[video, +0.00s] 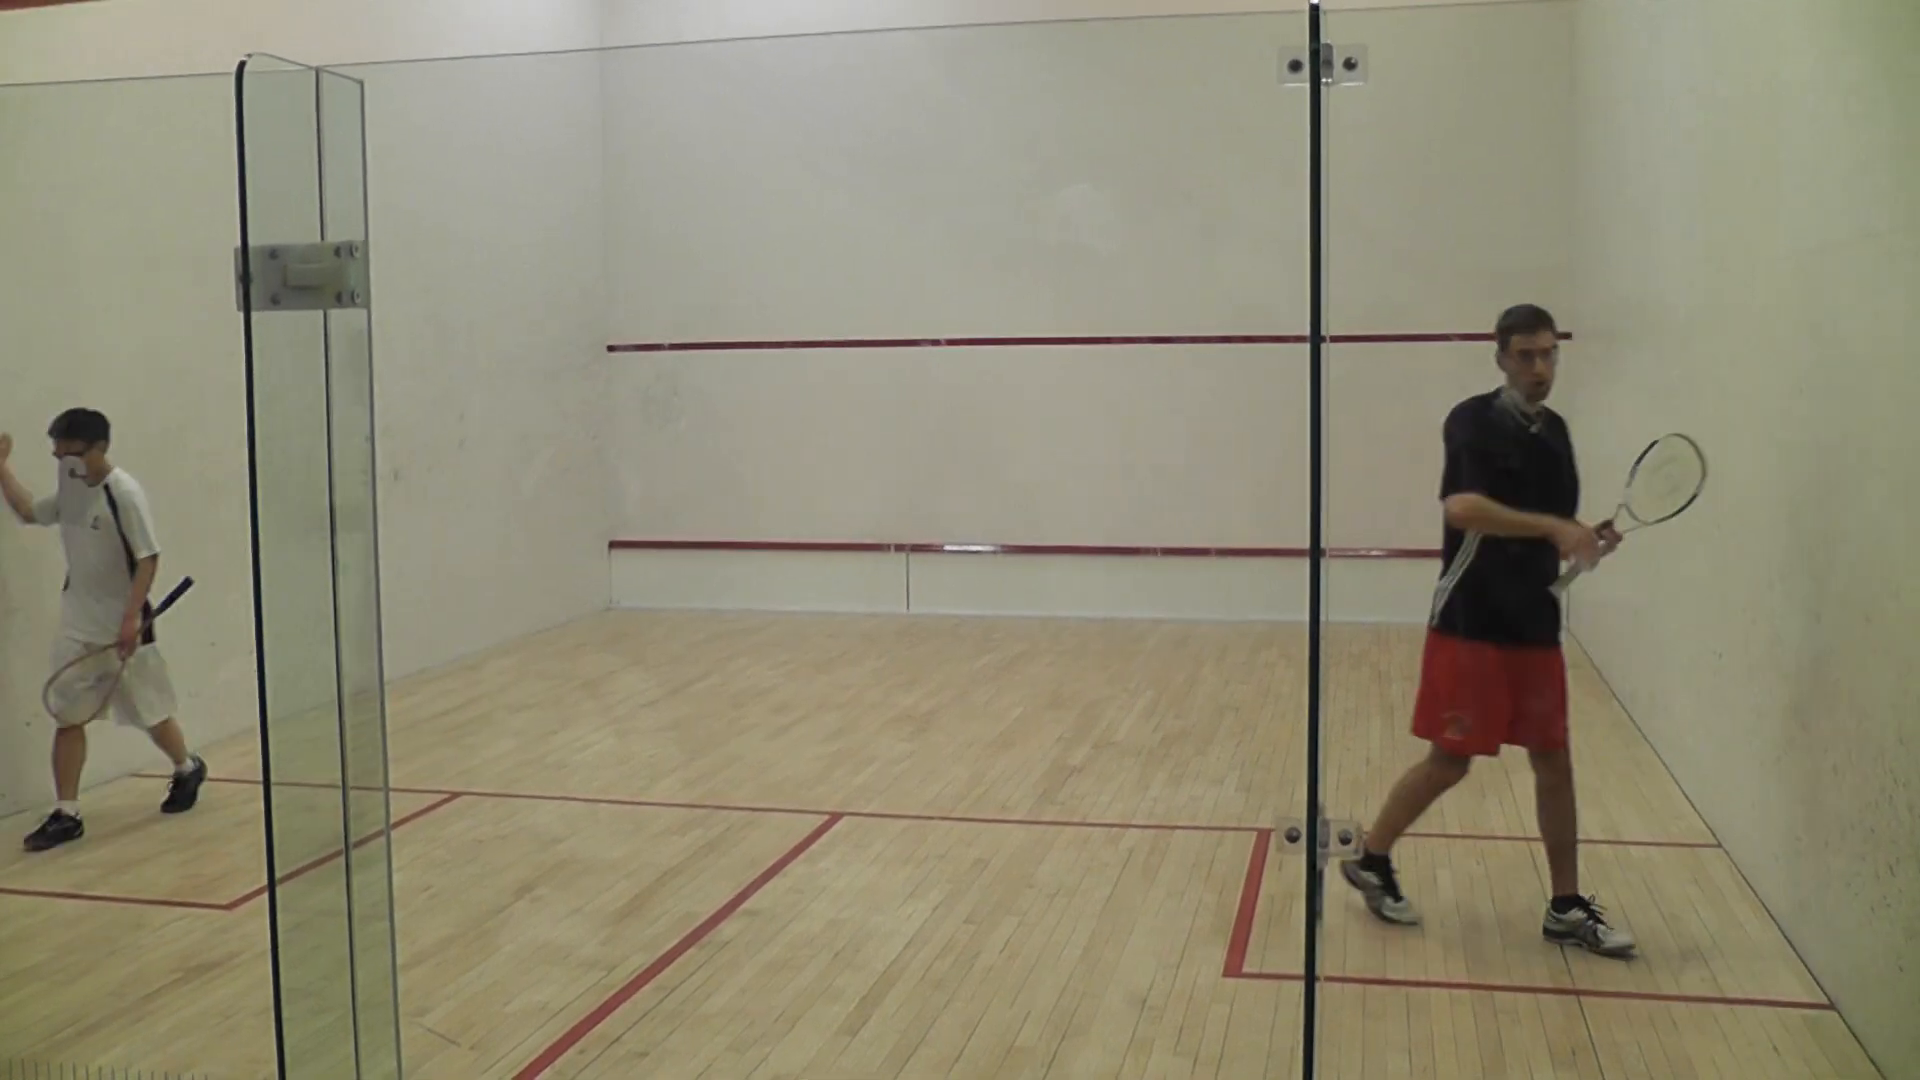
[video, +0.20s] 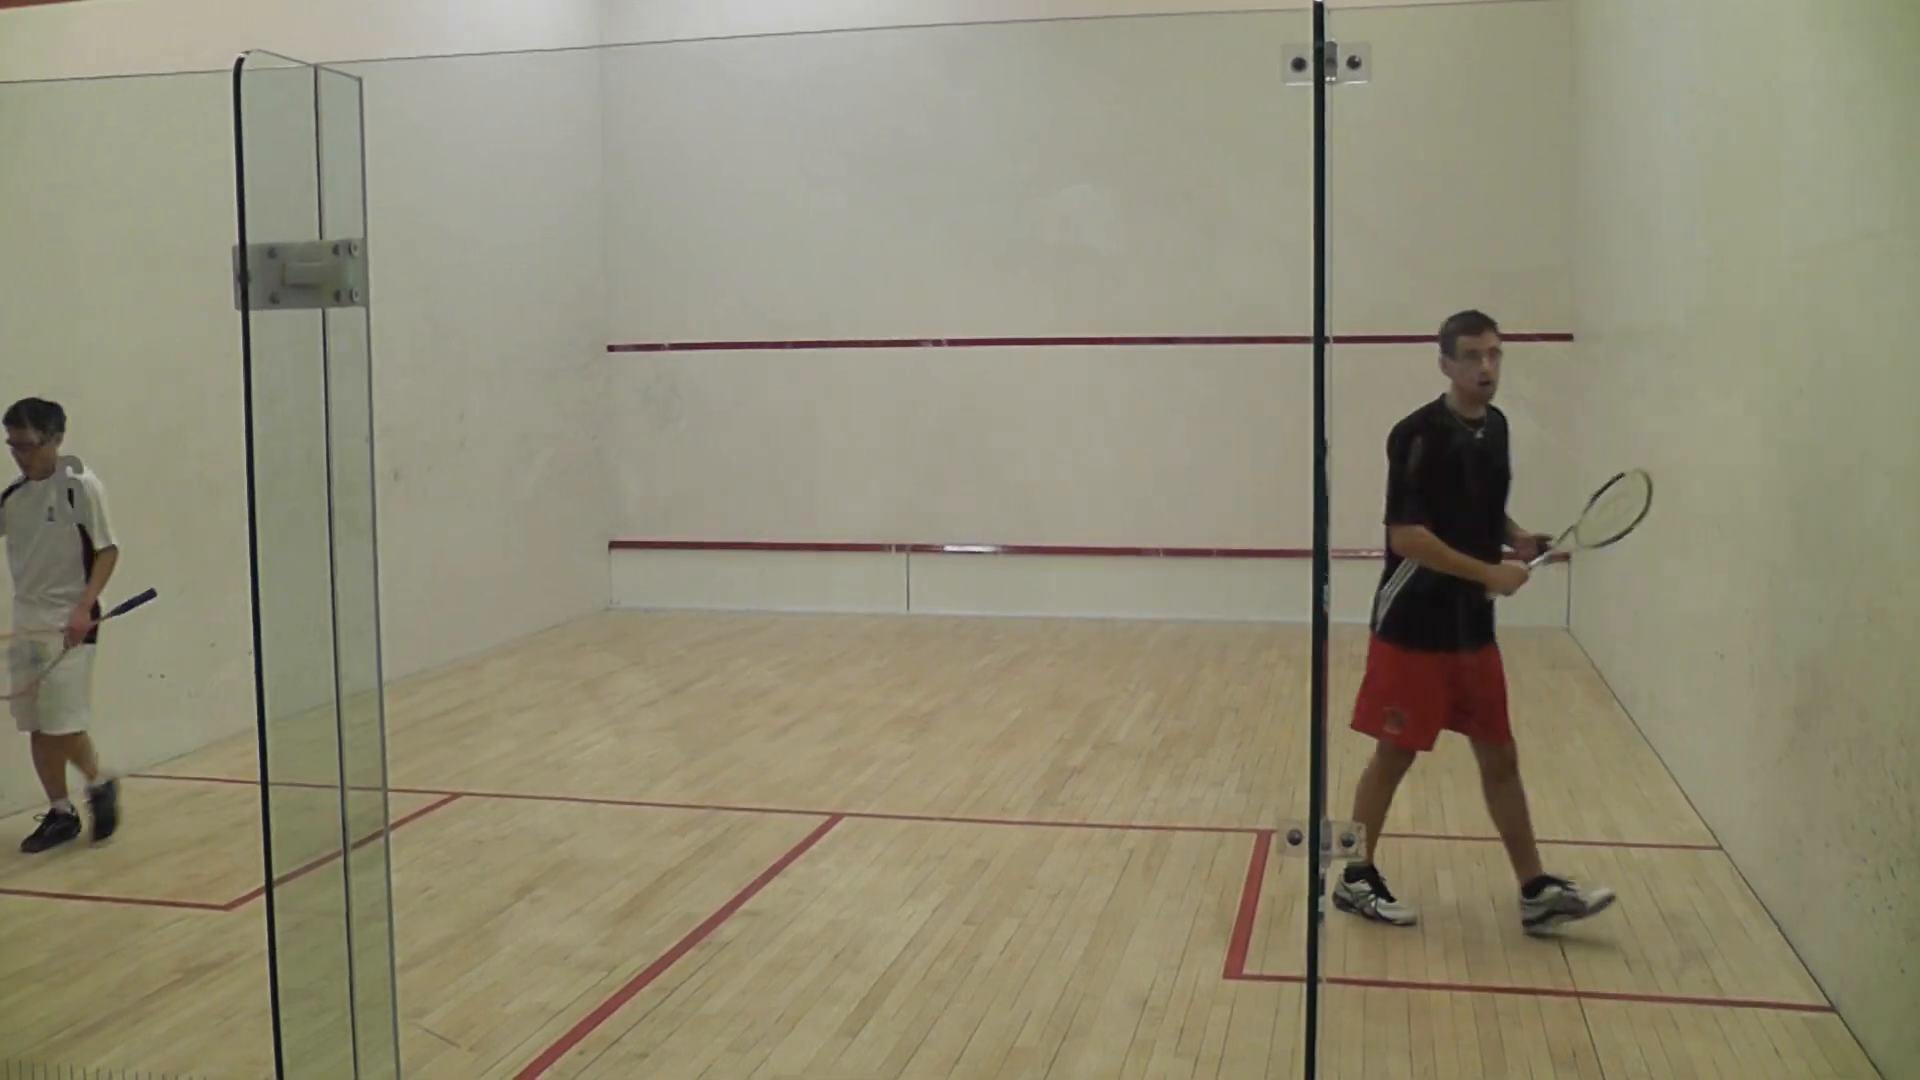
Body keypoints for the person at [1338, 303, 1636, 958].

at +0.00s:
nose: (1539, 366)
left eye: (1547, 355)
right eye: (1525, 356)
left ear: (1557, 356)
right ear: (1501, 358)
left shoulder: (1554, 432)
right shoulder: (1473, 420)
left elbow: (1541, 534)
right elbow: (1461, 508)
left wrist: (1580, 542)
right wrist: (1555, 529)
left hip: (1533, 624)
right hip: (1470, 624)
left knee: (1553, 761)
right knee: (1449, 761)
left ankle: (1567, 904)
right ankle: (1369, 856)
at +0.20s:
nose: (1486, 368)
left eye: (1494, 356)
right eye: (1472, 357)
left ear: (1501, 360)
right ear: (1445, 364)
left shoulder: (1495, 430)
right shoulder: (1415, 434)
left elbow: (1482, 510)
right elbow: (1404, 536)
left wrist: (1522, 539)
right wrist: (1485, 572)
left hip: (1471, 626)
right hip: (1412, 629)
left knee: (1499, 756)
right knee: (1395, 752)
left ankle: (1535, 888)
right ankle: (1353, 874)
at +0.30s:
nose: (1466, 359)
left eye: (1472, 347)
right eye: (1451, 349)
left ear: (1481, 353)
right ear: (1425, 357)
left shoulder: (1473, 419)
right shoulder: (1400, 427)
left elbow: (1455, 503)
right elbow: (1379, 528)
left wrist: (1489, 540)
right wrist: (1450, 579)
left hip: (1446, 616)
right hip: (1394, 620)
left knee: (1475, 736)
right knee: (1383, 743)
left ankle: (1481, 876)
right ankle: (1354, 875)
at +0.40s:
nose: (1448, 352)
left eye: (1455, 341)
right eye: (1434, 343)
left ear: (1465, 348)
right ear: (1410, 351)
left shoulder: (1455, 412)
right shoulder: (1391, 422)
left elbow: (1431, 495)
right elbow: (1360, 518)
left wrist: (1463, 535)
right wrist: (1415, 589)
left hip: (1431, 608)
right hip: (1381, 613)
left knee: (1448, 730)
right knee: (1376, 740)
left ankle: (1419, 861)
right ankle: (1353, 873)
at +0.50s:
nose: (1437, 350)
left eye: (1444, 340)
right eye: (1424, 341)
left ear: (1452, 347)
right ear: (1397, 349)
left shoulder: (1437, 414)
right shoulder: (1379, 419)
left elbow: (1414, 495)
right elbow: (1348, 514)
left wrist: (1449, 526)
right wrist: (1382, 600)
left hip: (1415, 605)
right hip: (1375, 608)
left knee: (1417, 721)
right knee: (1377, 730)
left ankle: (1366, 836)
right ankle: (1351, 875)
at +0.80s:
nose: (1442, 392)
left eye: (1446, 379)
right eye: (1441, 377)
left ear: (1410, 364)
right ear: (1413, 363)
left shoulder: (1380, 420)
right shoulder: (1359, 418)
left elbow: (1389, 502)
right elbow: (1315, 502)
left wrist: (1455, 478)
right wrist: (1310, 587)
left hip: (1358, 603)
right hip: (1351, 608)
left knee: (1318, 713)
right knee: (1353, 728)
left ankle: (1291, 824)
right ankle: (1353, 870)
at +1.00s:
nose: (1441, 398)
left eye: (1447, 388)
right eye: (1443, 384)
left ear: (1420, 367)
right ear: (1421, 366)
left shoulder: (1377, 417)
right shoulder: (1361, 413)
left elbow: (1377, 501)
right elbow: (1321, 497)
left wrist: (1428, 546)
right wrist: (1319, 575)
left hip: (1336, 589)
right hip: (1341, 594)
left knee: (1310, 703)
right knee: (1353, 715)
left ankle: (1298, 824)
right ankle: (1343, 852)